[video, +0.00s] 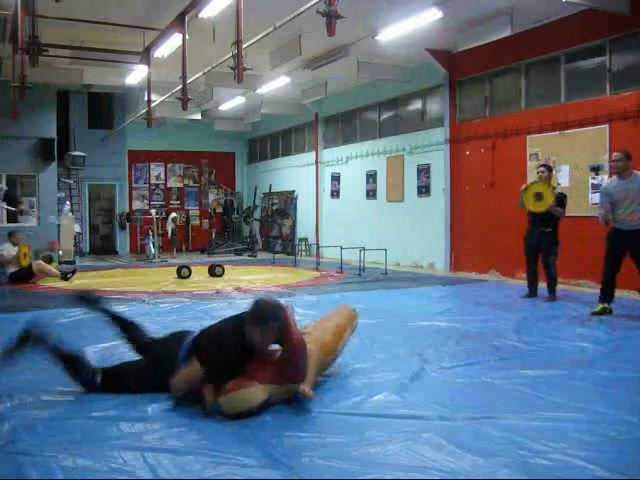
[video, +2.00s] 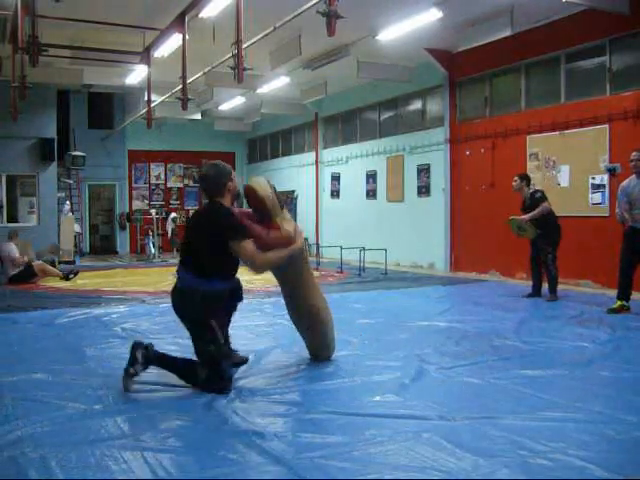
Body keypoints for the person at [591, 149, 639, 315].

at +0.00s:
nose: (614, 164)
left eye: (618, 161)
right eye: (612, 161)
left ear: (629, 163)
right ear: (611, 164)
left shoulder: (637, 180)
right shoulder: (608, 186)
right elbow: (604, 209)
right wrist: (605, 217)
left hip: (636, 229)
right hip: (618, 229)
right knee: (610, 268)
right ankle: (605, 302)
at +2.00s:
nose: (634, 164)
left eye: (636, 160)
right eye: (632, 161)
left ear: (639, 163)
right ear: (630, 164)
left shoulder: (629, 186)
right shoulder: (626, 186)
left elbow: (622, 209)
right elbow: (622, 209)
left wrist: (629, 221)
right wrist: (628, 221)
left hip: (634, 228)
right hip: (632, 228)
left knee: (627, 265)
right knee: (626, 265)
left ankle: (623, 299)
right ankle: (623, 299)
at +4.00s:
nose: (635, 163)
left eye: (637, 160)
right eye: (634, 161)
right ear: (631, 164)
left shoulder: (630, 186)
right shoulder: (628, 186)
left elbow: (625, 208)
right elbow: (625, 207)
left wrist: (629, 217)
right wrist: (630, 218)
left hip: (635, 229)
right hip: (635, 229)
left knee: (634, 265)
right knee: (633, 265)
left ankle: (638, 297)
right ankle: (638, 297)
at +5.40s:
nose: (635, 165)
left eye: (637, 161)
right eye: (634, 161)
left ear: (639, 165)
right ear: (632, 164)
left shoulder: (629, 187)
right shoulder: (629, 187)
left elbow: (625, 214)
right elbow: (624, 214)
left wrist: (631, 219)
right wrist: (630, 218)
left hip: (636, 229)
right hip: (635, 228)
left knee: (637, 267)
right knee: (636, 267)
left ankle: (639, 300)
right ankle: (639, 300)